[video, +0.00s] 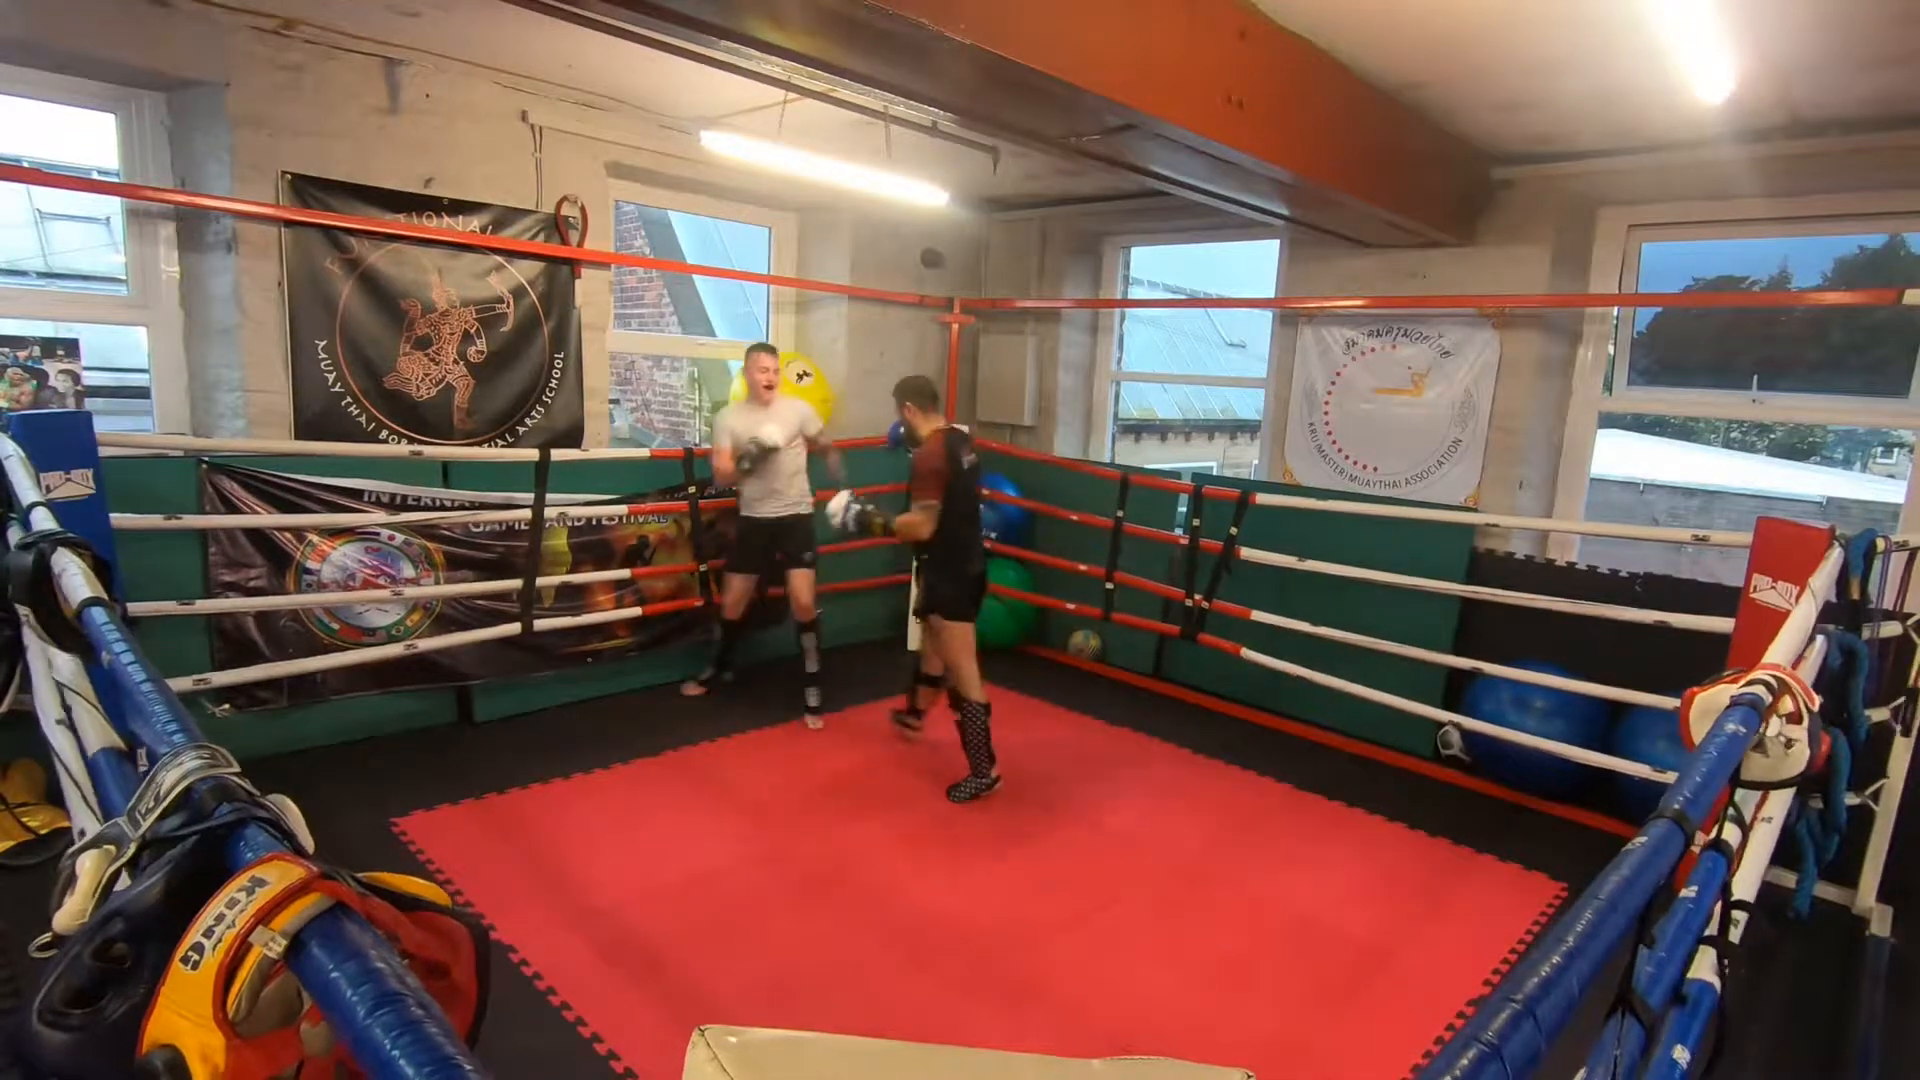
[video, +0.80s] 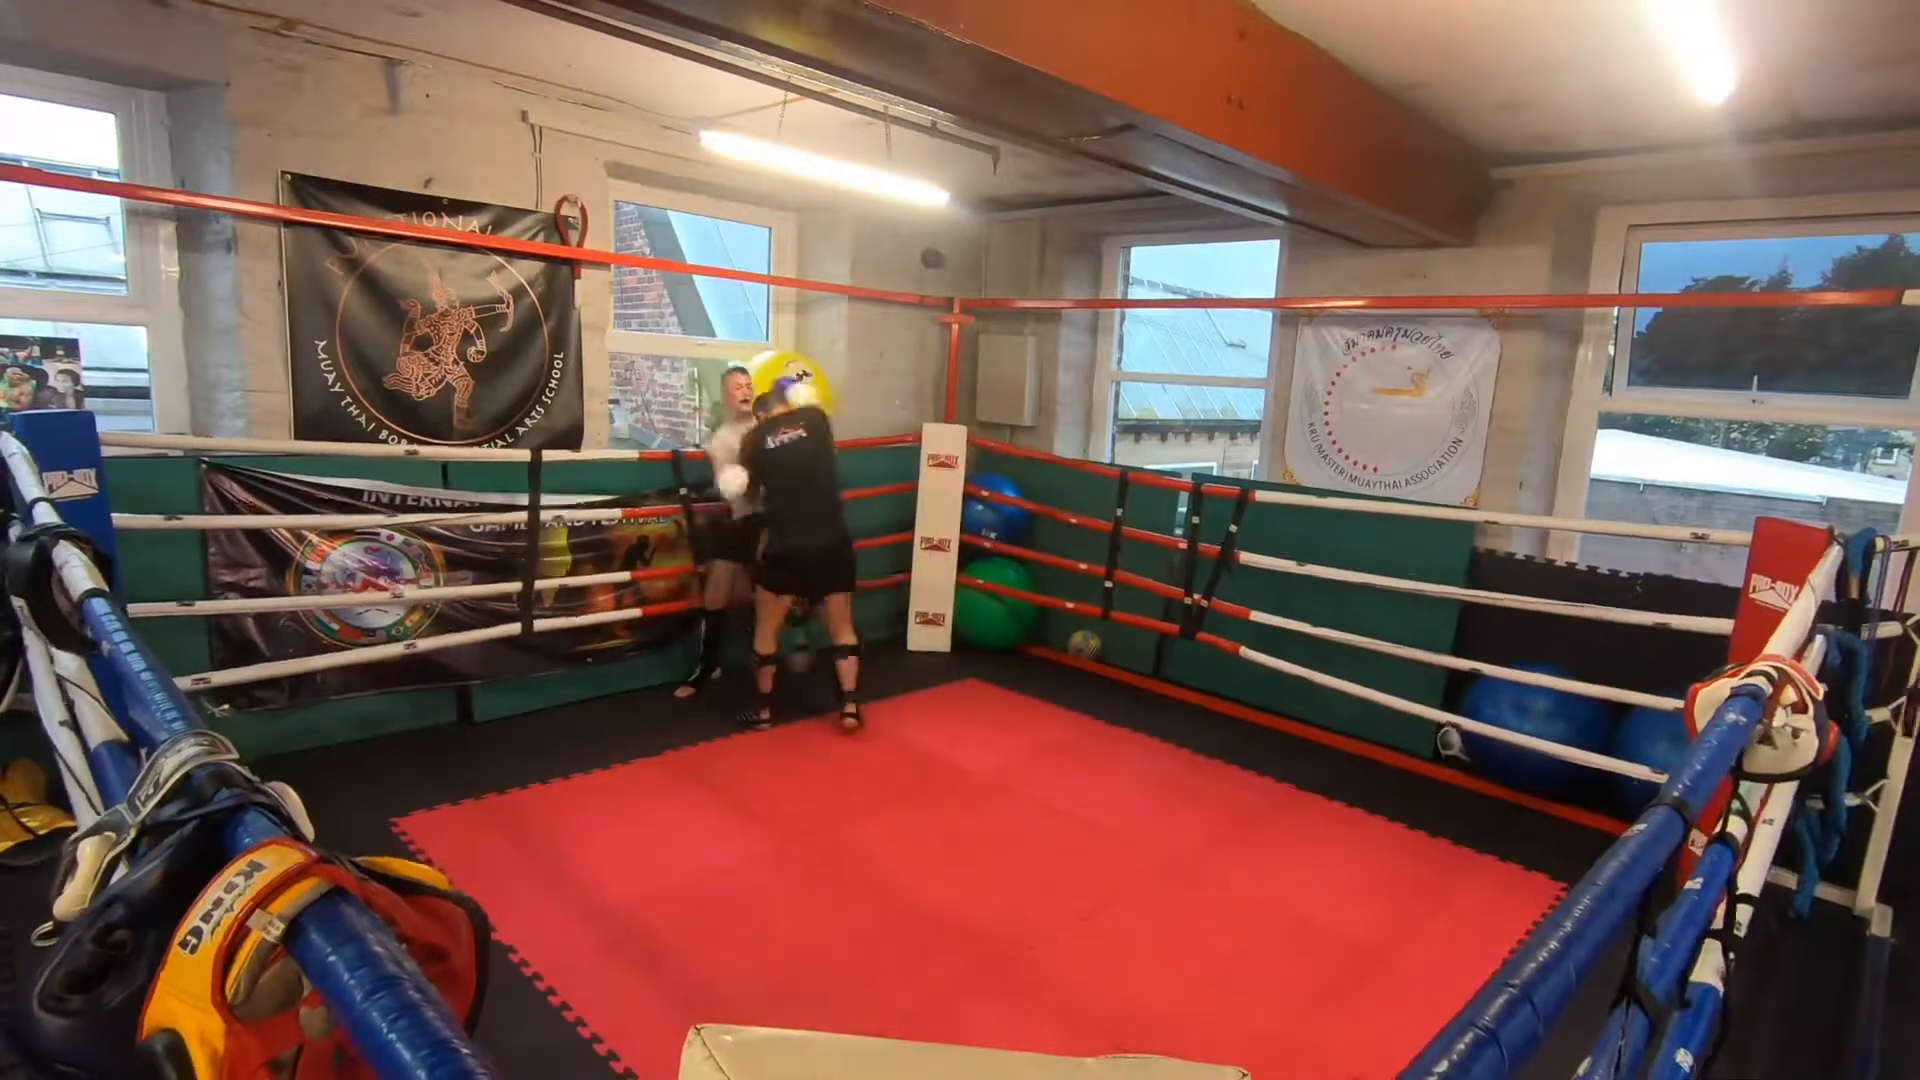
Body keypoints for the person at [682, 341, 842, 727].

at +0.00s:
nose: (769, 377)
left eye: (774, 371)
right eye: (761, 371)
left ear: (780, 374)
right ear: (746, 374)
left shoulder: (799, 411)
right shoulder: (729, 418)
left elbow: (827, 450)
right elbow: (721, 474)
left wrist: (837, 473)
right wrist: (748, 460)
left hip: (796, 517)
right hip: (753, 520)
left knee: (803, 603)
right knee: (733, 604)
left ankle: (812, 686)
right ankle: (716, 670)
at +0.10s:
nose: (753, 395)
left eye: (758, 389)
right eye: (746, 389)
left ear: (762, 394)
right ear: (729, 393)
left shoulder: (779, 433)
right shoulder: (712, 436)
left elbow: (801, 479)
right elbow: (698, 489)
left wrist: (807, 517)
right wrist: (726, 480)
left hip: (772, 539)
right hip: (727, 539)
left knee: (781, 616)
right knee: (712, 615)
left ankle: (795, 697)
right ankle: (698, 677)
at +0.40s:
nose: (741, 383)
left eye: (746, 377)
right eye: (734, 376)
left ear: (750, 381)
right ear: (717, 378)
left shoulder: (762, 416)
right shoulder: (698, 420)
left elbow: (783, 464)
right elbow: (690, 477)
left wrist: (776, 495)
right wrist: (719, 459)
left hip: (751, 520)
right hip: (711, 522)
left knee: (750, 598)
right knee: (704, 604)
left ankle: (768, 689)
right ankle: (707, 675)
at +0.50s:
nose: (736, 382)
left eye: (740, 377)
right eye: (729, 376)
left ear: (745, 380)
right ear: (712, 378)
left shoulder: (759, 414)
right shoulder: (699, 420)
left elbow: (780, 458)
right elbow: (702, 473)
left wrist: (775, 485)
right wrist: (725, 446)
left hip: (754, 513)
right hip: (716, 516)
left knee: (746, 565)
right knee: (703, 598)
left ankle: (757, 657)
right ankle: (707, 671)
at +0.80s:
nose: (743, 392)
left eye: (747, 385)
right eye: (736, 387)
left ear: (754, 390)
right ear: (724, 396)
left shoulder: (769, 429)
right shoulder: (722, 439)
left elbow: (785, 466)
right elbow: (729, 484)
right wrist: (761, 472)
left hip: (773, 515)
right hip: (737, 519)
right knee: (717, 591)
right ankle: (705, 669)